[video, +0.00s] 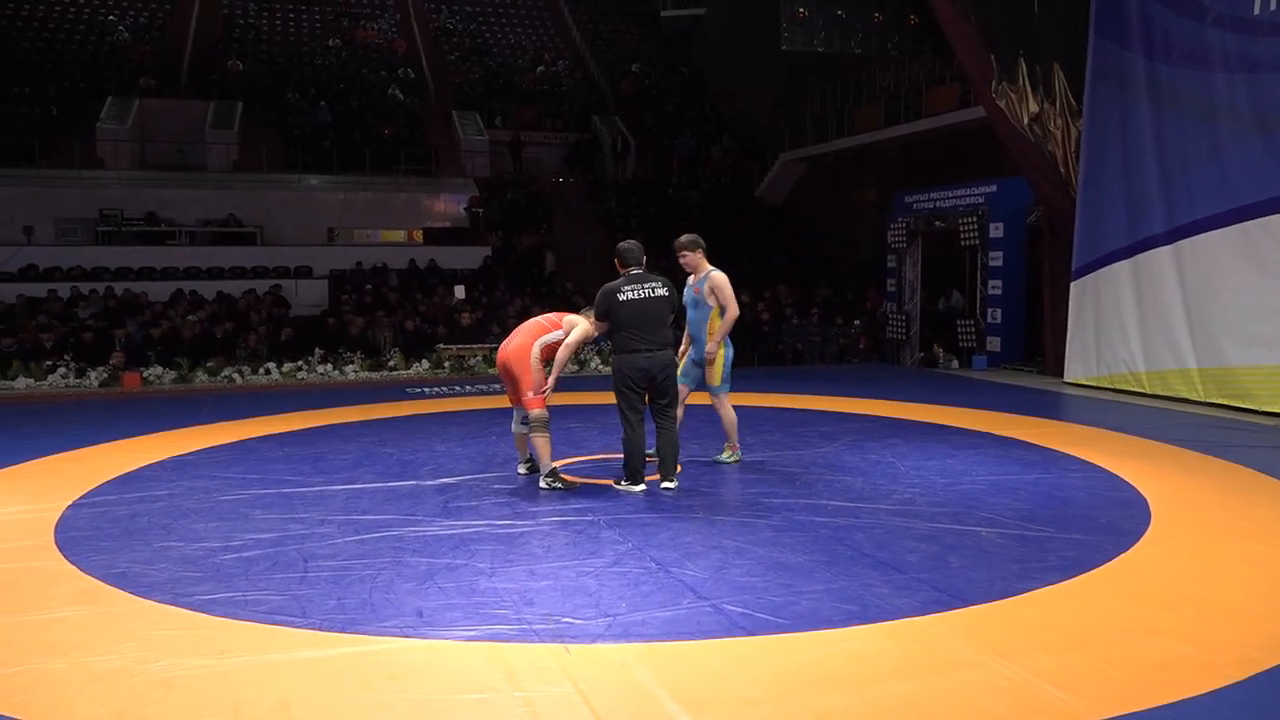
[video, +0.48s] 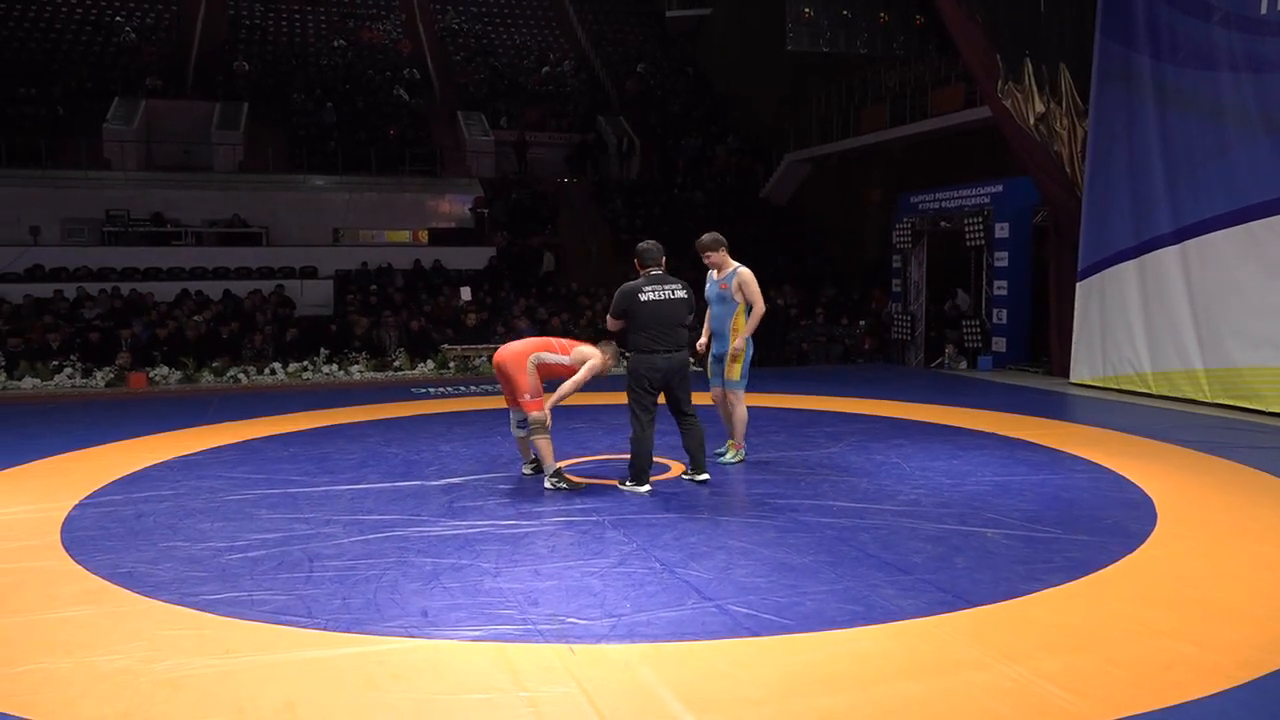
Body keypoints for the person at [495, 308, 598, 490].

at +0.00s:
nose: (596, 335)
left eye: (599, 331)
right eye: (598, 329)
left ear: (583, 314)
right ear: (593, 320)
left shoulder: (562, 319)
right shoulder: (583, 325)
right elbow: (567, 345)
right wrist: (553, 377)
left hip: (504, 354)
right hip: (525, 356)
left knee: (521, 415)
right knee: (539, 415)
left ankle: (525, 461)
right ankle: (548, 474)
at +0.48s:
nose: (606, 371)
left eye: (610, 368)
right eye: (610, 366)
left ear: (599, 349)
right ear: (607, 357)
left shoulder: (580, 351)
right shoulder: (597, 359)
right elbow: (574, 383)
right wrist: (548, 406)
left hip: (502, 356)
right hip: (522, 361)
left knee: (519, 418)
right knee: (538, 420)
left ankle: (529, 462)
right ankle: (553, 475)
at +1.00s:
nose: (615, 349)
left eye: (617, 346)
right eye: (617, 345)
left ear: (599, 331)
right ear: (610, 338)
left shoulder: (580, 334)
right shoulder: (599, 341)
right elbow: (590, 370)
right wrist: (573, 400)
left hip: (507, 370)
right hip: (525, 373)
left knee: (541, 410)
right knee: (567, 415)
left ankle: (532, 460)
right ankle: (556, 473)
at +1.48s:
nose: (613, 376)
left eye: (615, 372)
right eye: (614, 371)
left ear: (594, 361)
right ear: (610, 368)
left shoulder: (577, 368)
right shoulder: (593, 373)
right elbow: (587, 391)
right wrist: (588, 416)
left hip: (521, 434)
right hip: (536, 438)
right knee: (594, 427)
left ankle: (539, 462)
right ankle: (561, 472)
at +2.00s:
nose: (615, 385)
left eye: (616, 379)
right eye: (616, 378)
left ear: (591, 367)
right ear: (606, 375)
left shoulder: (571, 372)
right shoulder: (589, 380)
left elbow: (538, 381)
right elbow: (576, 396)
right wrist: (578, 423)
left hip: (504, 435)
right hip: (518, 443)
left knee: (559, 421)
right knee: (586, 433)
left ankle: (526, 471)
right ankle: (551, 485)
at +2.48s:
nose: (611, 356)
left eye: (614, 350)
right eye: (613, 349)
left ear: (601, 337)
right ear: (604, 339)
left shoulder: (570, 333)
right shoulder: (583, 338)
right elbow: (542, 358)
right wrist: (531, 403)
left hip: (474, 359)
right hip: (490, 362)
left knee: (509, 422)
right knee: (531, 425)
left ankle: (500, 487)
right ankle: (529, 503)